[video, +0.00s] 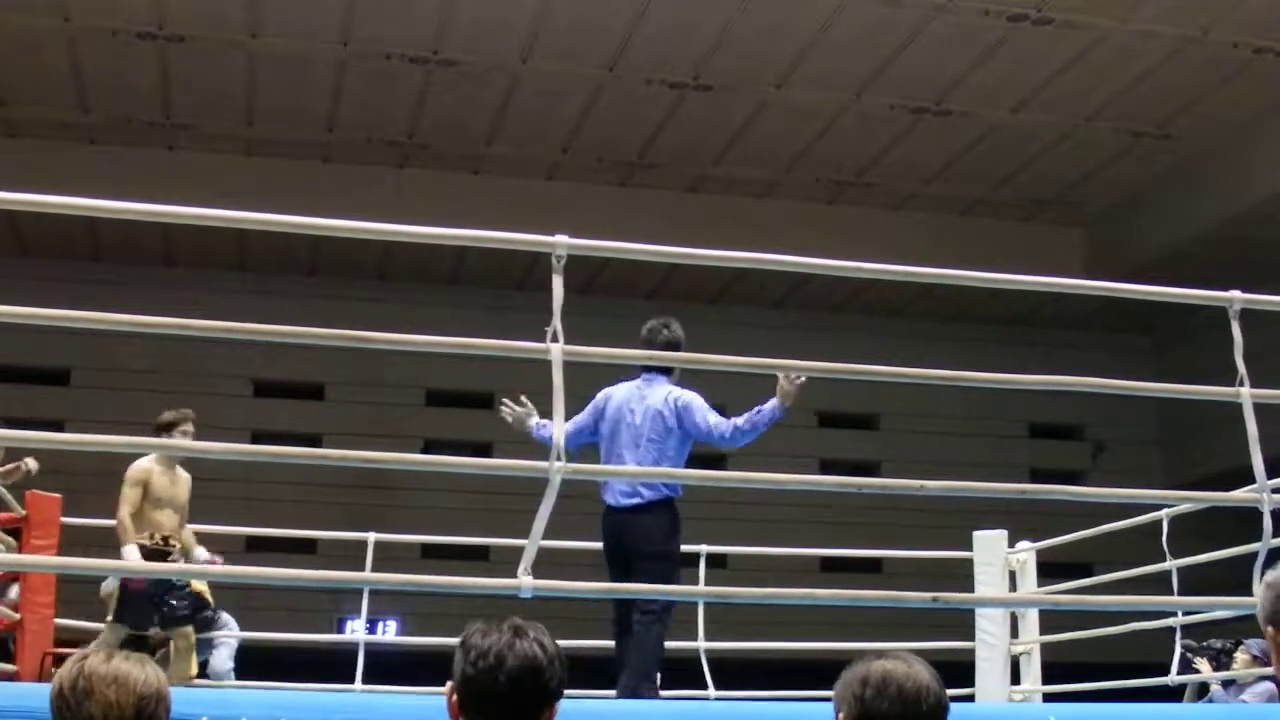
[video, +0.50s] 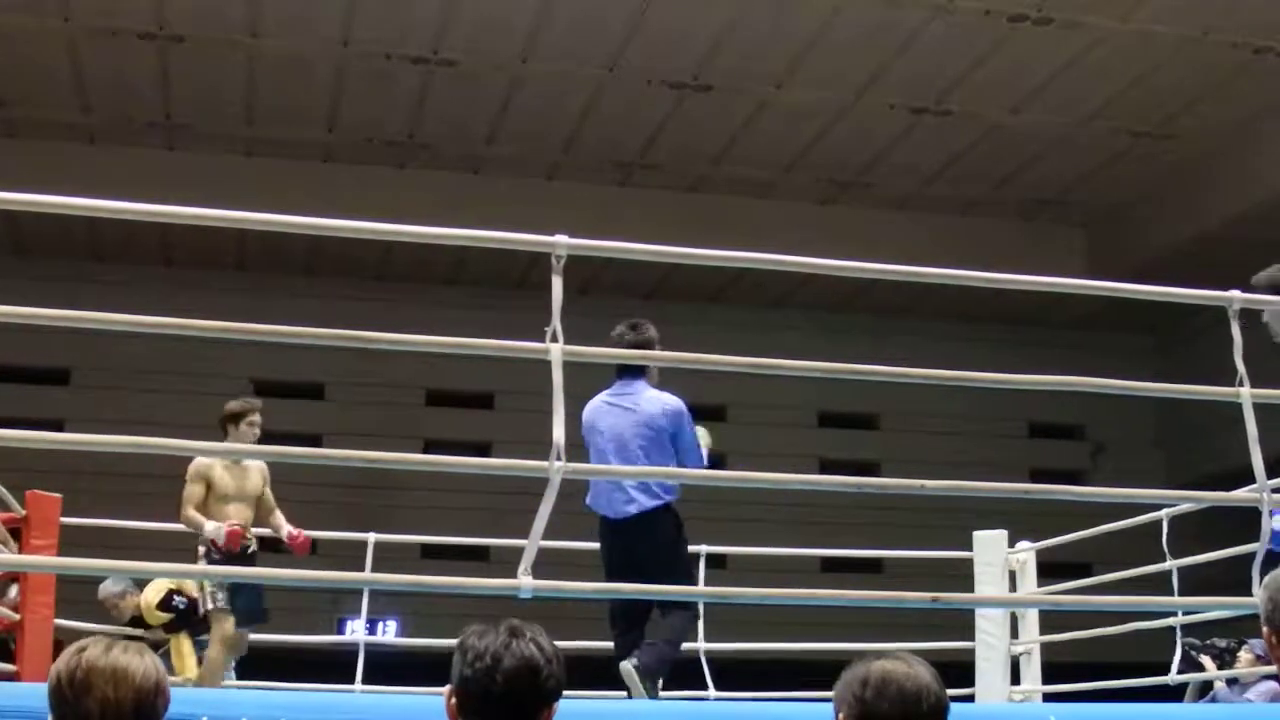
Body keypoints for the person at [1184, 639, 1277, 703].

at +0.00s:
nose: (1234, 655)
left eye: (1243, 652)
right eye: (1236, 651)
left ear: (1258, 661)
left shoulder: (1266, 688)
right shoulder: (1230, 689)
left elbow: (1233, 711)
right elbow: (1190, 711)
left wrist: (1212, 680)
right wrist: (1194, 678)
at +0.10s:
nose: (1234, 655)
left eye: (1243, 652)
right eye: (1237, 651)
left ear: (1259, 661)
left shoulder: (1266, 687)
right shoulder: (1230, 689)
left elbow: (1233, 711)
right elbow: (1192, 711)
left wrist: (1212, 680)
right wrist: (1194, 678)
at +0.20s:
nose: (1235, 655)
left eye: (1244, 652)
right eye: (1237, 651)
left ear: (1259, 662)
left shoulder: (1267, 687)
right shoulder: (1229, 688)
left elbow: (1233, 711)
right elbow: (1189, 711)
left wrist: (1213, 679)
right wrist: (1195, 678)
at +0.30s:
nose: (1236, 655)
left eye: (1244, 652)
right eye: (1238, 651)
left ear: (1259, 661)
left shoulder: (1268, 687)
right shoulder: (1229, 689)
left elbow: (1234, 711)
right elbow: (1190, 712)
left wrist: (1213, 678)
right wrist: (1195, 678)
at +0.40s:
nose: (1236, 655)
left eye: (1245, 652)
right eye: (1239, 651)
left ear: (1260, 661)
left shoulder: (1269, 687)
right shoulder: (1229, 688)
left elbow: (1237, 710)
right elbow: (1191, 710)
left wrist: (1213, 676)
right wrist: (1196, 678)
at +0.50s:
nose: (1238, 654)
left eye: (1246, 651)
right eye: (1240, 651)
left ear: (1261, 660)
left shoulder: (1270, 687)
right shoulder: (1229, 688)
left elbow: (1240, 709)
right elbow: (1194, 710)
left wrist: (1215, 675)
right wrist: (1197, 678)